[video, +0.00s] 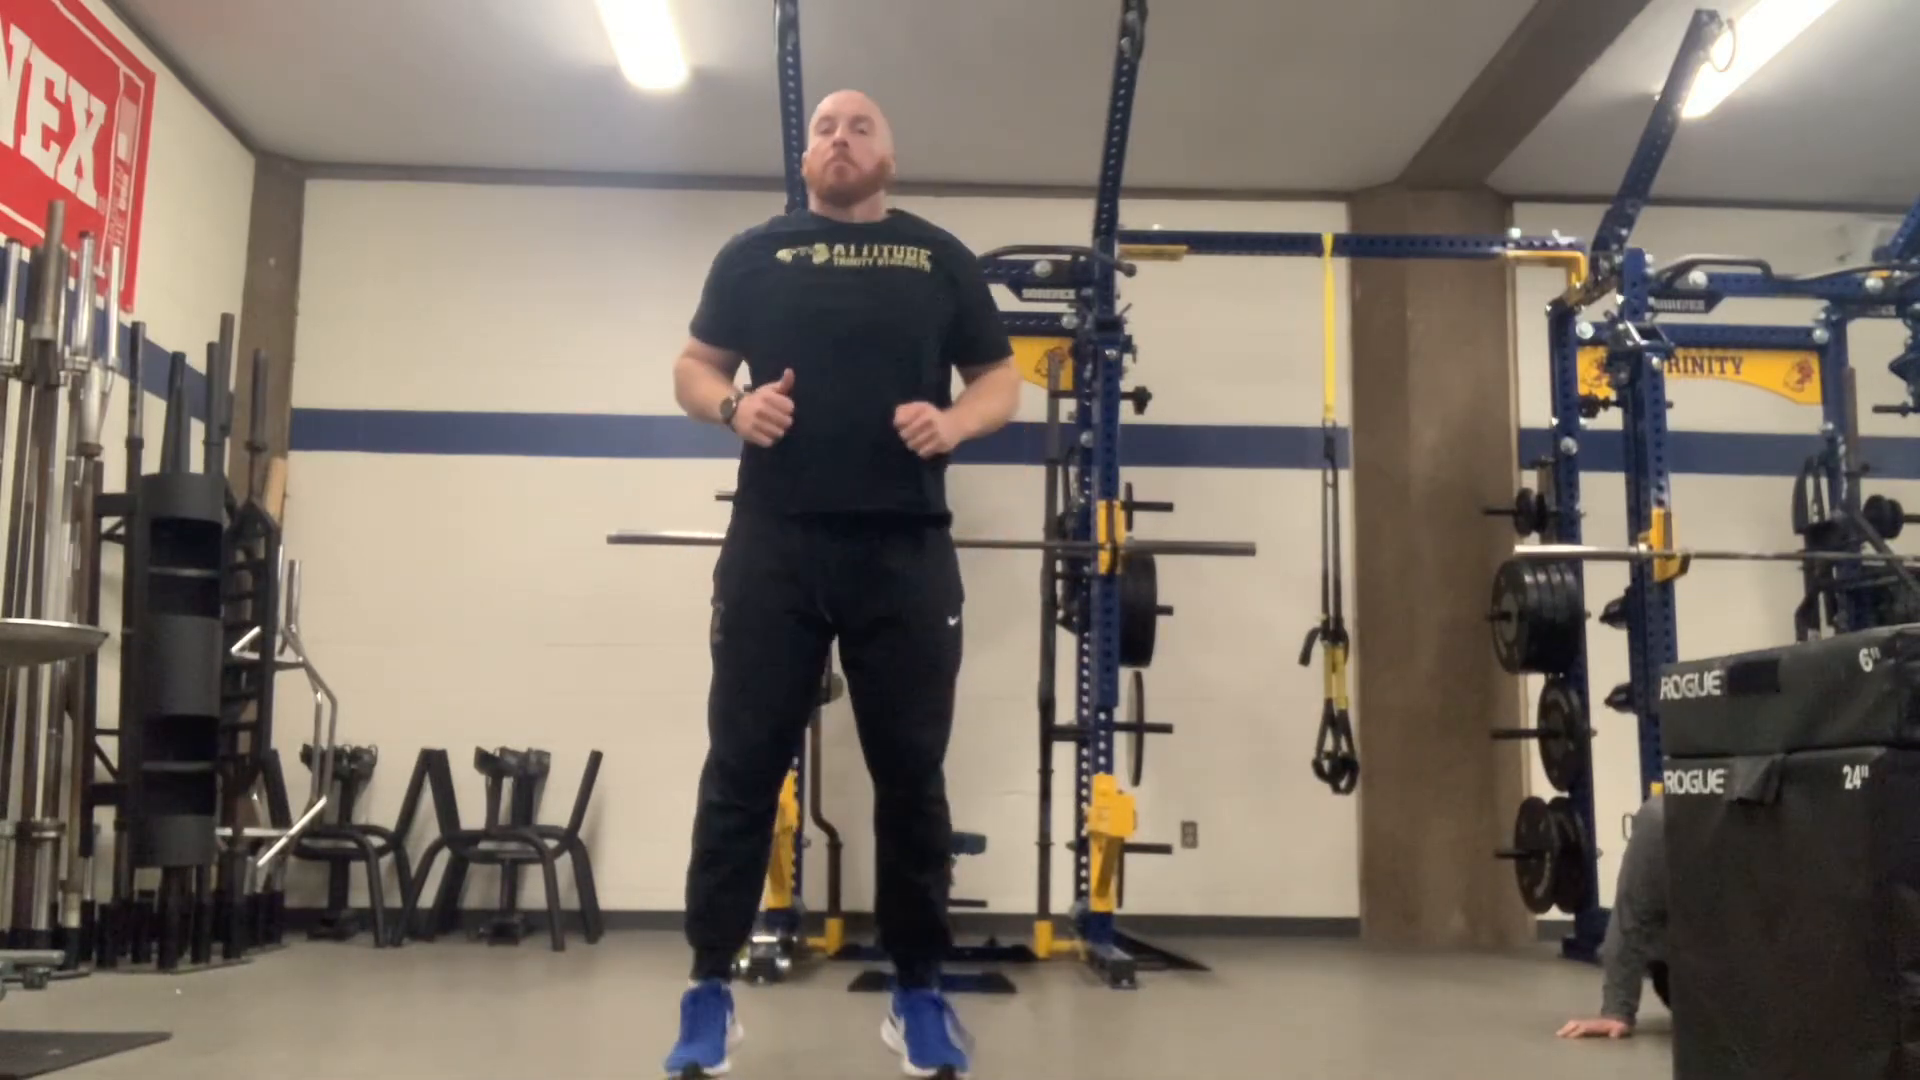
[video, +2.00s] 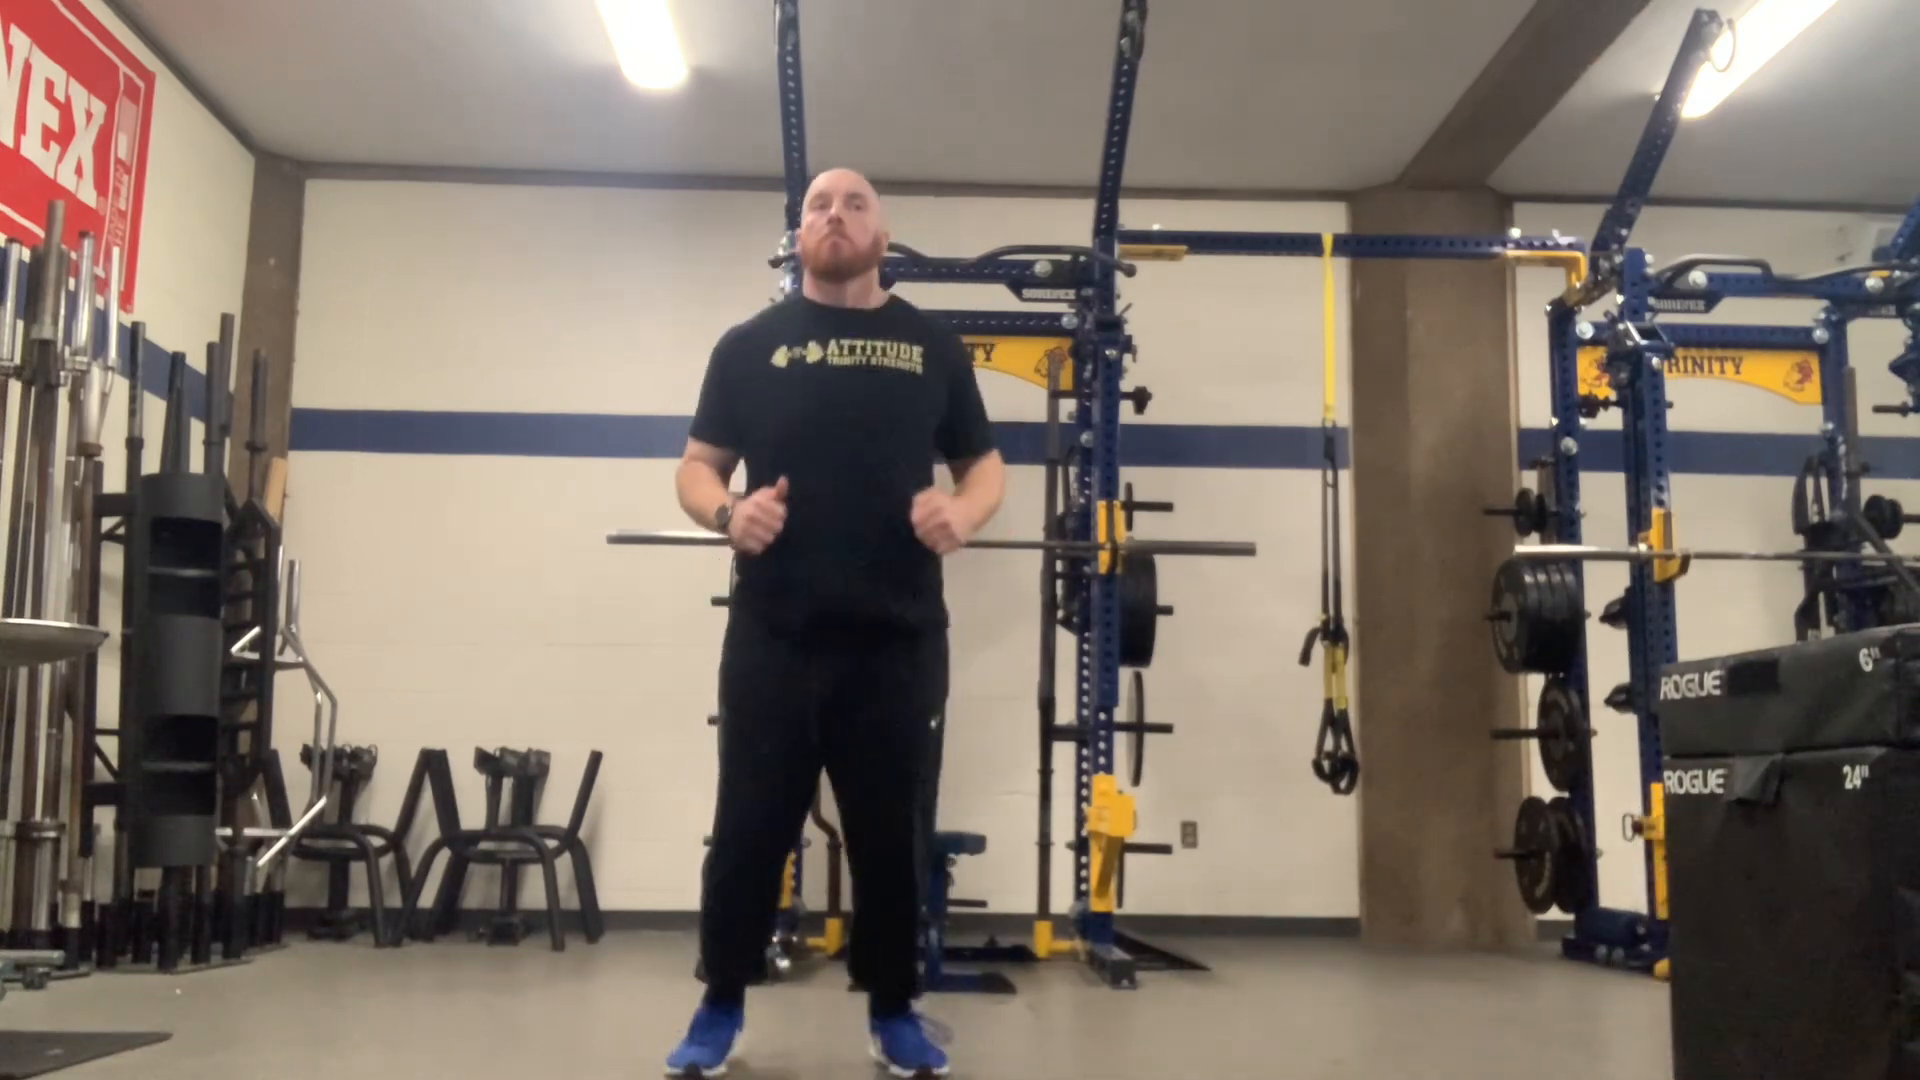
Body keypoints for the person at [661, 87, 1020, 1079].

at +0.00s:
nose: (841, 134)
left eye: (861, 125)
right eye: (825, 126)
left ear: (893, 159)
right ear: (802, 159)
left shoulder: (941, 259)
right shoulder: (752, 256)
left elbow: (1002, 382)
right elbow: (697, 370)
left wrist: (955, 422)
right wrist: (732, 406)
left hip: (903, 551)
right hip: (775, 546)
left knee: (912, 777)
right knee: (742, 766)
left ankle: (919, 992)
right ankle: (708, 988)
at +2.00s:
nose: (836, 211)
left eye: (855, 202)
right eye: (819, 204)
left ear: (886, 237)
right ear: (796, 239)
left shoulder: (933, 346)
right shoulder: (748, 347)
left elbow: (984, 469)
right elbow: (697, 472)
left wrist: (964, 508)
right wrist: (728, 511)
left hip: (897, 632)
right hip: (774, 629)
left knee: (893, 837)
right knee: (749, 830)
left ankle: (894, 1016)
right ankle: (719, 1010)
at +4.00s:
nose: (835, 143)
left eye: (855, 133)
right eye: (820, 134)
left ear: (890, 164)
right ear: (798, 167)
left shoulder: (942, 274)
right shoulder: (747, 275)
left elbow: (1002, 401)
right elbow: (690, 400)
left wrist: (967, 428)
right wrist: (722, 417)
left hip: (906, 559)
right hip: (773, 555)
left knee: (927, 771)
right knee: (733, 763)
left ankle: (939, 1004)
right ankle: (688, 997)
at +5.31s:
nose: (873, 131)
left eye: (890, 119)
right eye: (857, 121)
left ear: (920, 146)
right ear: (832, 153)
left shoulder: (987, 237)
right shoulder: (795, 261)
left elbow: (1073, 351)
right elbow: (759, 389)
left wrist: (1030, 359)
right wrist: (784, 416)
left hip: (971, 540)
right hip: (841, 540)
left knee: (989, 761)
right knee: (816, 751)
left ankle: (998, 980)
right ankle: (800, 963)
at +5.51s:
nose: (913, 216)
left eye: (930, 204)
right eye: (896, 203)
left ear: (957, 230)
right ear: (868, 229)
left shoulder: (1014, 330)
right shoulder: (824, 349)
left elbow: (1074, 441)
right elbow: (773, 470)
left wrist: (1070, 484)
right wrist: (787, 497)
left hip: (1018, 616)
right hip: (891, 624)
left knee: (1057, 830)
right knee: (904, 830)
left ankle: (1099, 1030)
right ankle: (944, 1021)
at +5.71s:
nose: (914, 152)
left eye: (932, 142)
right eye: (898, 141)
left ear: (960, 174)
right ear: (870, 171)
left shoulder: (1000, 282)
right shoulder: (808, 271)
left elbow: (1055, 400)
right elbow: (744, 392)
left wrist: (1048, 432)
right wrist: (792, 407)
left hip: (965, 572)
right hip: (839, 573)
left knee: (1012, 785)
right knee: (866, 793)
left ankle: (1052, 998)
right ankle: (917, 1004)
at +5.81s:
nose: (887, 126)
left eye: (905, 116)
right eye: (871, 114)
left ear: (934, 144)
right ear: (845, 141)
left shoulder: (977, 245)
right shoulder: (787, 236)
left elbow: (1033, 365)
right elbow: (713, 357)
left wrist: (1020, 399)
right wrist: (755, 385)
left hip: (932, 532)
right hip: (807, 530)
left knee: (925, 747)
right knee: (811, 746)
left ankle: (925, 955)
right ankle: (828, 955)